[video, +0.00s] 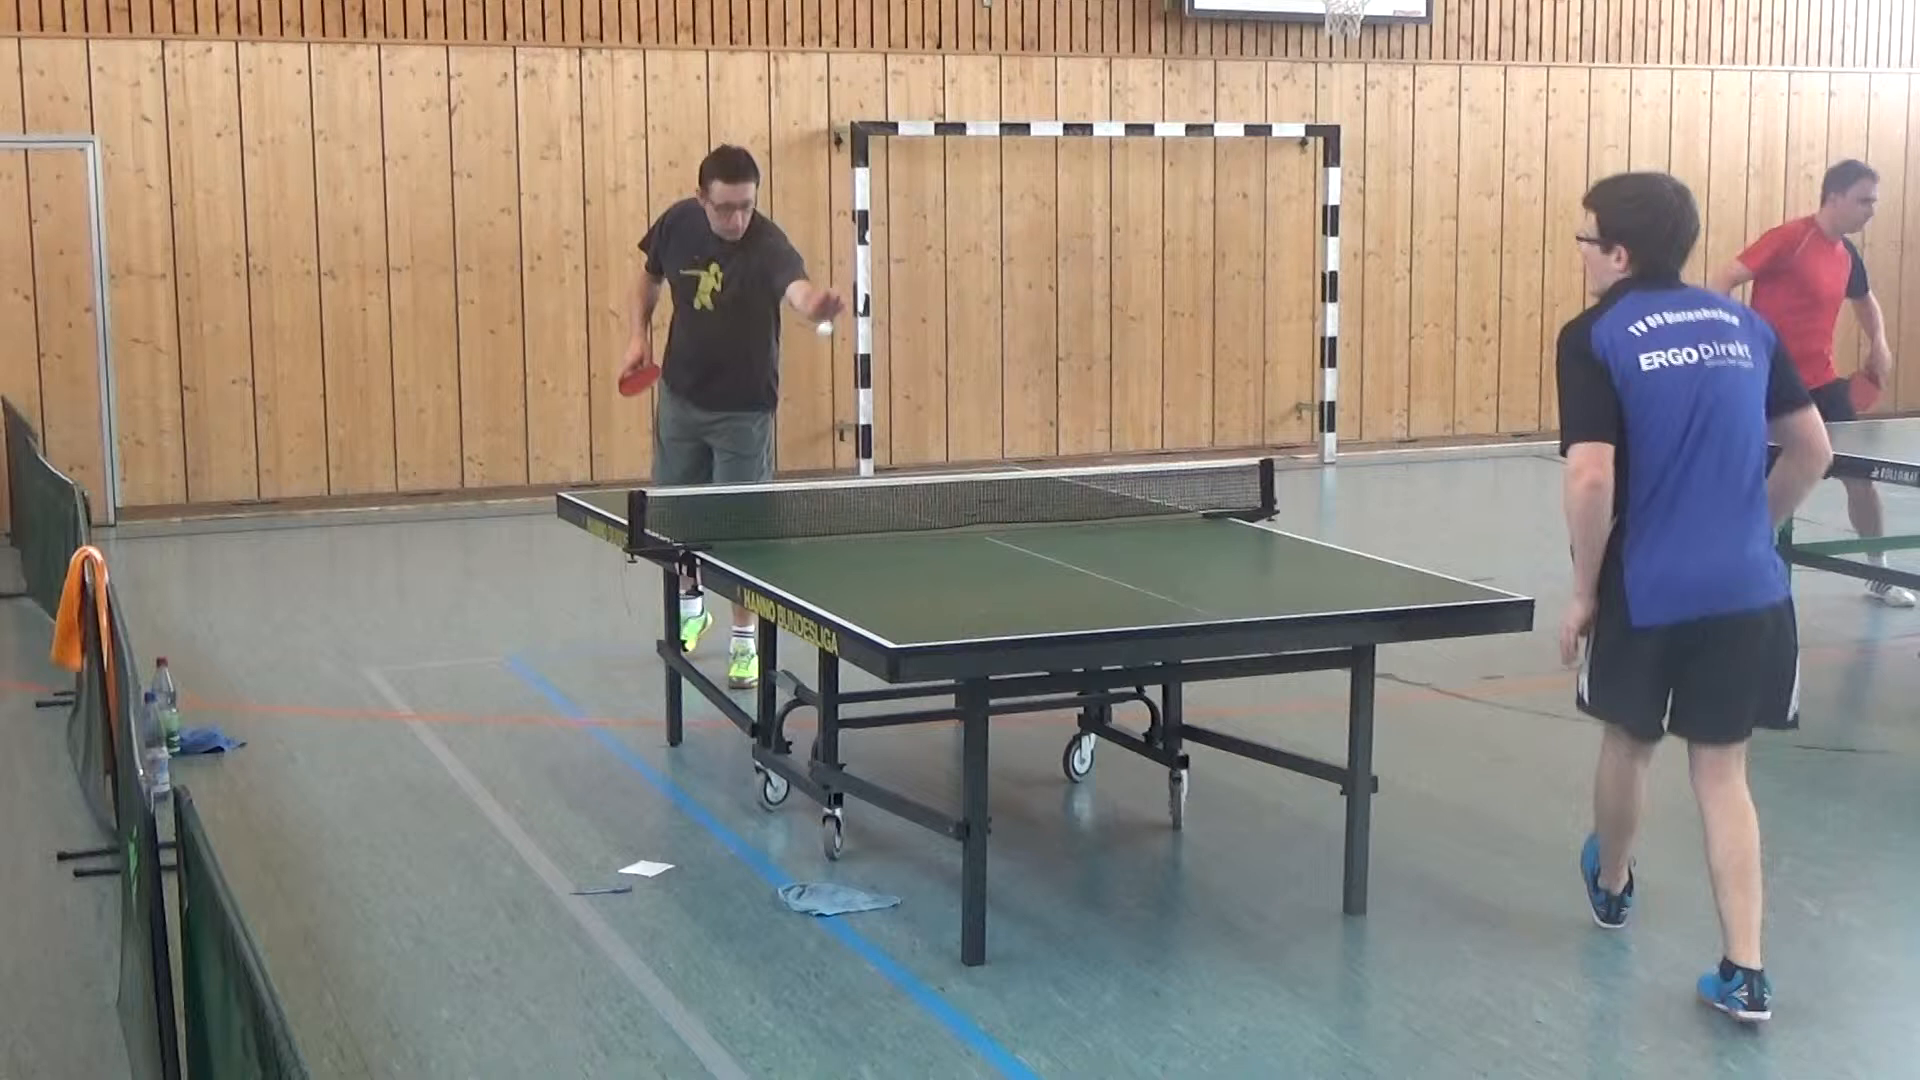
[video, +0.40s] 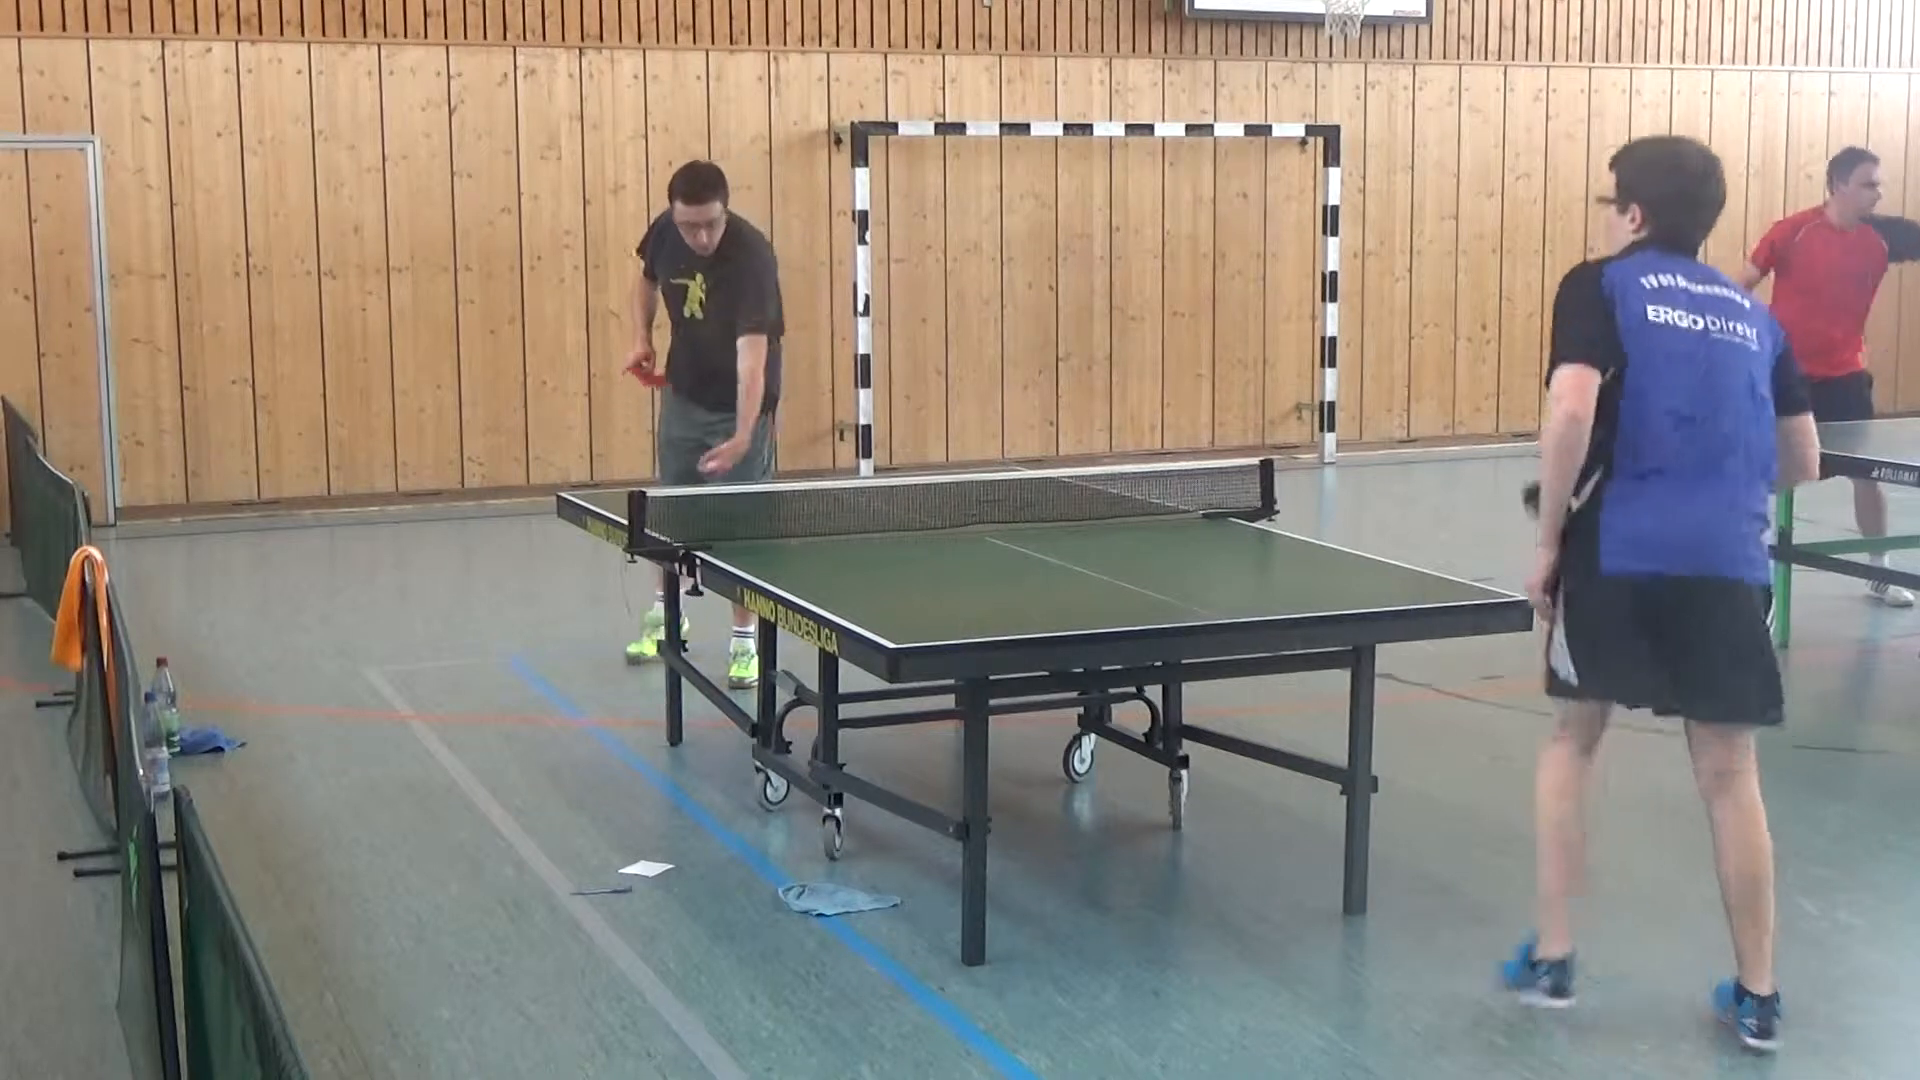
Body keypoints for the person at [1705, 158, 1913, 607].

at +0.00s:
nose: (1871, 211)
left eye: (1874, 202)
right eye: (1865, 201)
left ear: (1846, 202)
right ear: (1834, 198)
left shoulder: (1846, 253)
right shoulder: (1787, 238)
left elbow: (1864, 302)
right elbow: (1721, 280)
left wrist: (1879, 344)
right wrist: (1720, 347)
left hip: (1825, 384)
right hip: (1775, 388)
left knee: (1859, 474)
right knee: (1771, 483)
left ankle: (1879, 573)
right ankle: (1752, 571)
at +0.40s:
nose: (1876, 194)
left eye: (1878, 186)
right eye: (1868, 185)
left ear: (1870, 190)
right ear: (1837, 185)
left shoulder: (1876, 245)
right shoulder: (1789, 233)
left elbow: (1860, 304)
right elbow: (1742, 284)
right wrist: (1721, 335)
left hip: (1846, 376)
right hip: (1786, 376)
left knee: (1867, 474)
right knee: (1768, 469)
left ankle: (1879, 574)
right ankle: (1753, 568)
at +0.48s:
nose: (1864, 189)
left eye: (1866, 181)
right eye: (1854, 181)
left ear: (1866, 185)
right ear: (1827, 183)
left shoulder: (1877, 235)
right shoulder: (1786, 230)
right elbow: (1747, 283)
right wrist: (1723, 328)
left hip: (1847, 375)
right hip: (1785, 372)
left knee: (1866, 474)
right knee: (1761, 465)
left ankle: (1880, 573)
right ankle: (1740, 557)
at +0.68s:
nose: (1827, 182)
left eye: (1832, 174)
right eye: (1817, 174)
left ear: (1838, 179)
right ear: (1794, 180)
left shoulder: (1856, 231)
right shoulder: (1767, 230)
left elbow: (1909, 259)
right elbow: (1746, 281)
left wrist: (1909, 252)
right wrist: (1727, 333)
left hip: (1837, 379)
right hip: (1774, 375)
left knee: (1858, 475)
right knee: (1733, 470)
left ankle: (1881, 570)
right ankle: (1684, 556)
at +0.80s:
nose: (1801, 184)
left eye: (1807, 176)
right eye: (1791, 176)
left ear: (1815, 182)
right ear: (1771, 183)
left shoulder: (1834, 235)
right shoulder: (1744, 234)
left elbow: (1889, 287)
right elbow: (1728, 281)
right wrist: (1722, 324)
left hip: (1820, 384)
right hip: (1755, 382)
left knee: (1849, 476)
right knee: (1720, 473)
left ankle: (1880, 570)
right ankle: (1690, 562)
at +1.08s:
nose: (1784, 165)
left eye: (1790, 158)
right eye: (1774, 157)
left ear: (1798, 164)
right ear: (1753, 163)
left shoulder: (1816, 218)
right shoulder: (1720, 216)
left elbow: (1850, 282)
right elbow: (1688, 271)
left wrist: (1820, 316)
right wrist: (1662, 332)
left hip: (1799, 367)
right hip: (1734, 365)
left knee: (1824, 467)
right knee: (1701, 463)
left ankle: (1842, 567)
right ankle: (1660, 552)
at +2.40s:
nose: (1773, 188)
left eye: (1776, 180)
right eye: (1764, 179)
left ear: (1771, 185)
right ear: (1734, 183)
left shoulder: (1777, 241)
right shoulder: (1688, 227)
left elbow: (1790, 301)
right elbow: (1633, 268)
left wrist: (1771, 335)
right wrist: (1599, 323)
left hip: (1750, 380)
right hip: (1689, 380)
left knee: (1783, 474)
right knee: (1659, 473)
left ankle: (1817, 570)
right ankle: (1610, 567)